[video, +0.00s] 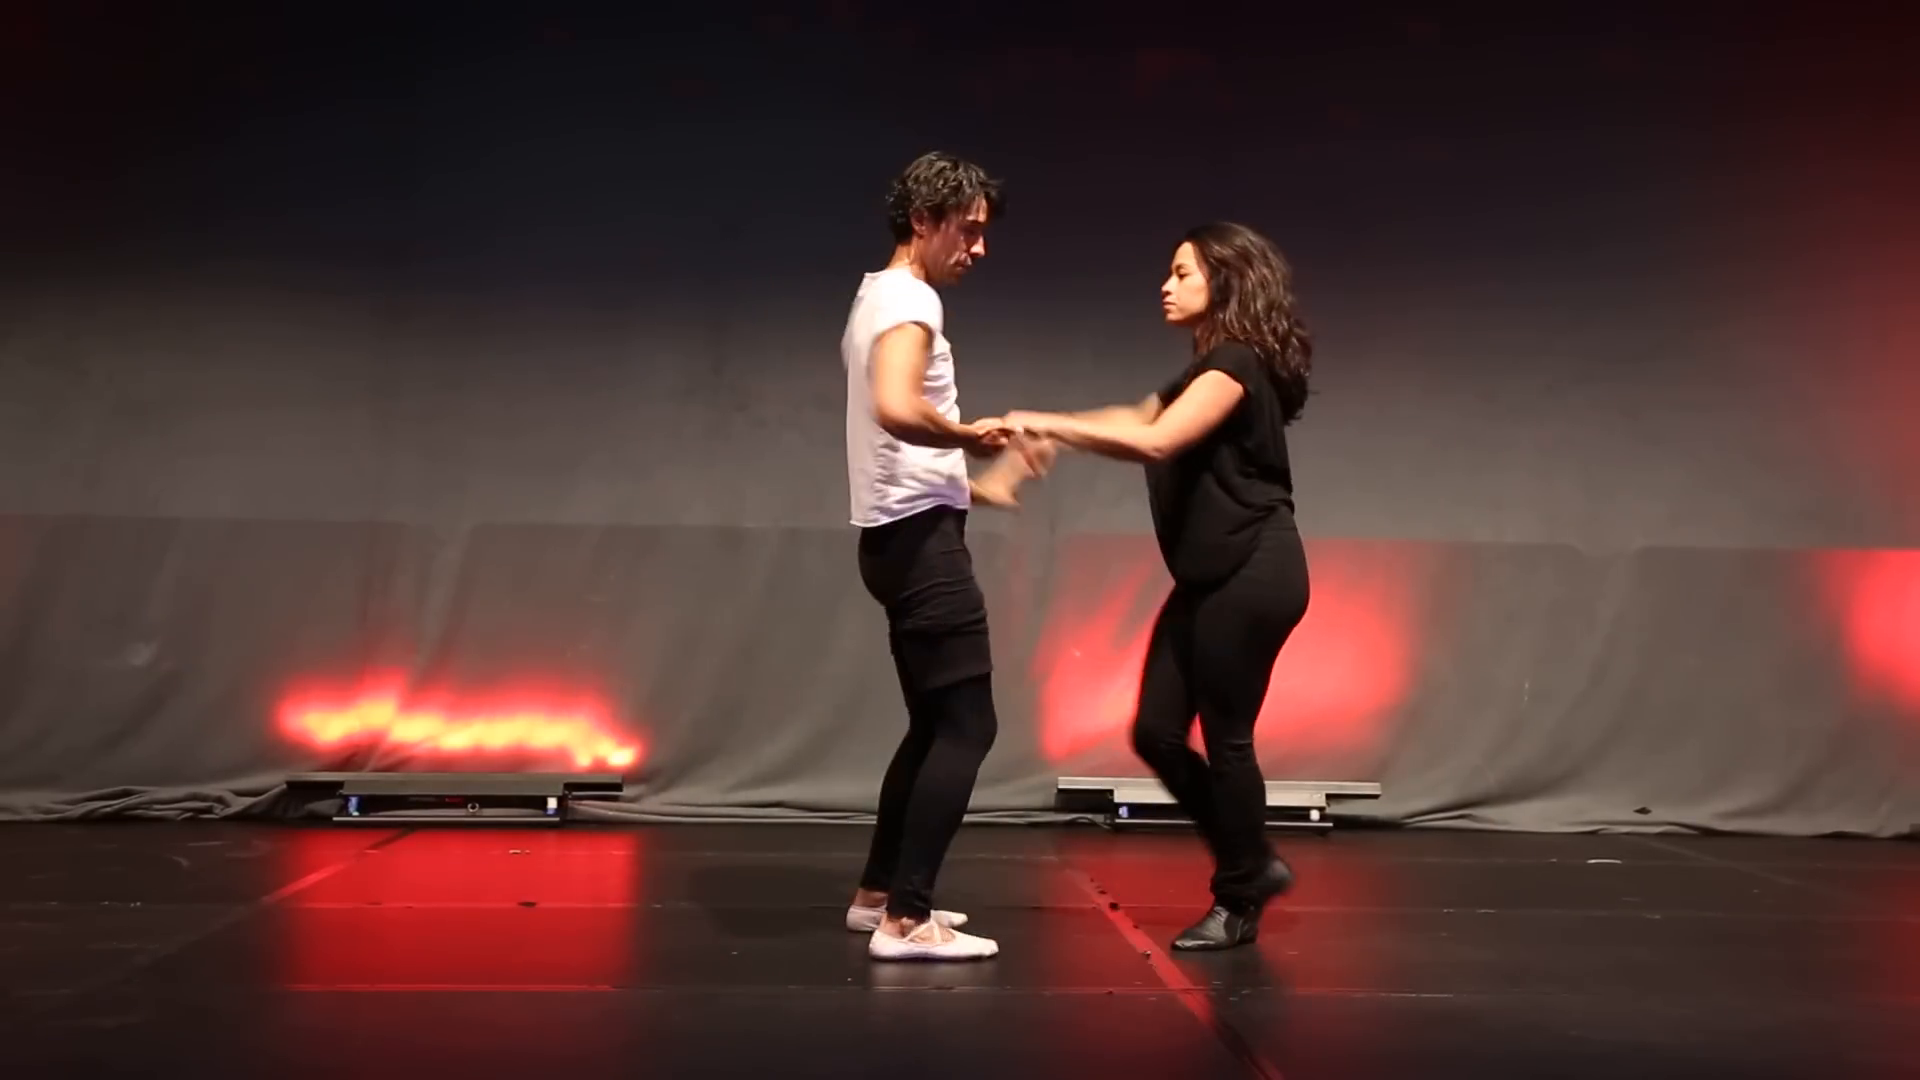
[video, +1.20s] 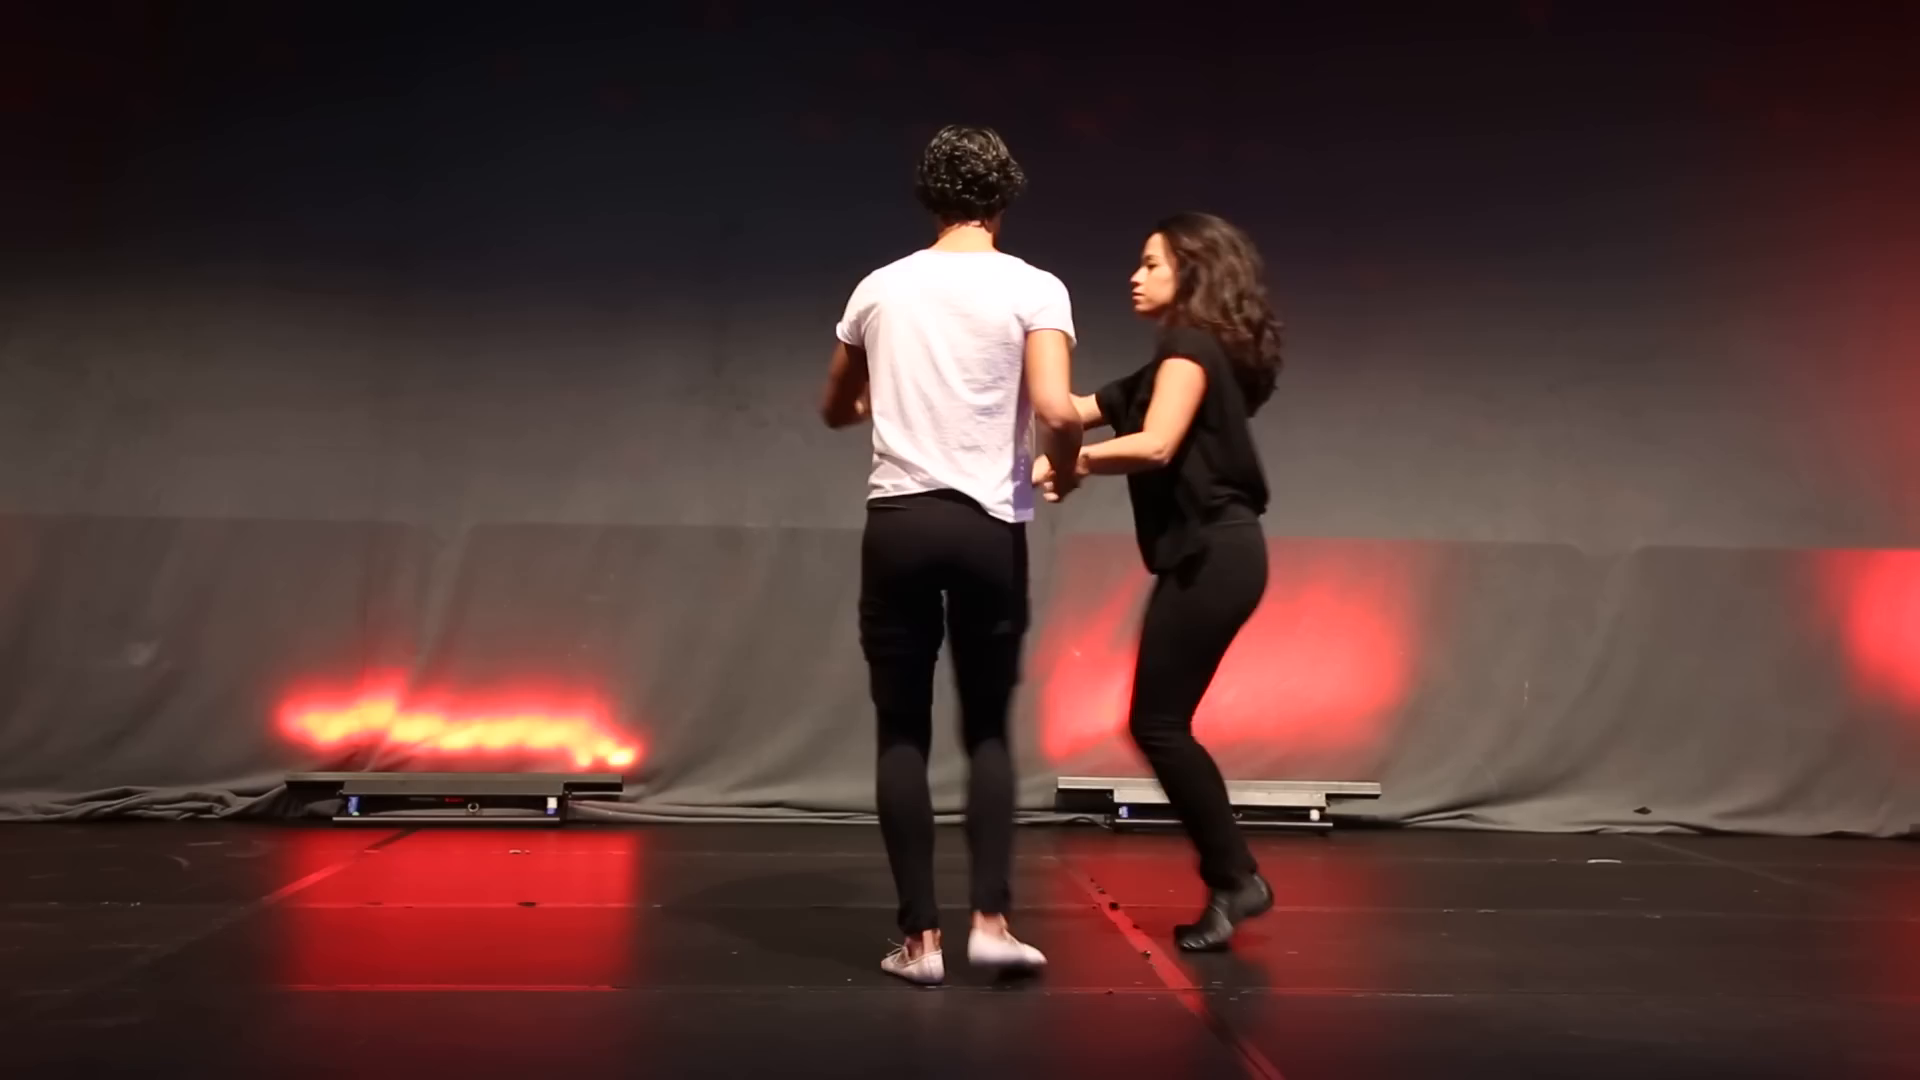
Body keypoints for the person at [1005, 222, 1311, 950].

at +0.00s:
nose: (1168, 286)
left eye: (1183, 274)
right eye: (1171, 273)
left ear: (1228, 283)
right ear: (1206, 288)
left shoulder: (1237, 363)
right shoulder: (1200, 369)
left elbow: (1159, 441)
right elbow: (1129, 423)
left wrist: (1051, 427)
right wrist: (1041, 429)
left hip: (1253, 576)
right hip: (1208, 578)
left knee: (1227, 739)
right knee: (1157, 734)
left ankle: (1238, 904)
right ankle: (1254, 863)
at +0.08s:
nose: (1173, 286)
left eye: (1188, 274)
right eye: (1176, 273)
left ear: (1233, 285)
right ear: (1221, 289)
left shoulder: (1240, 365)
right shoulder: (1217, 369)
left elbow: (1175, 447)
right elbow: (1169, 463)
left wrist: (1063, 436)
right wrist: (1095, 488)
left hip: (1252, 575)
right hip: (1220, 576)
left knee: (1203, 735)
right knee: (1186, 734)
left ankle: (1237, 905)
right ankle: (1275, 876)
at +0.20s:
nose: (1178, 290)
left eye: (1194, 277)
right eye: (1183, 276)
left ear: (1238, 288)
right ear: (1227, 290)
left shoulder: (1245, 359)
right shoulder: (1230, 368)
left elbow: (1204, 400)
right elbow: (1206, 484)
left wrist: (1100, 351)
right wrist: (1144, 541)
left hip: (1258, 568)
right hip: (1250, 568)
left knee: (1188, 729)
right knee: (1231, 740)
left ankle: (1237, 901)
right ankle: (1291, 900)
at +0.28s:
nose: (1183, 292)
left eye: (1198, 278)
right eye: (1184, 279)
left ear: (1244, 288)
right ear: (1229, 289)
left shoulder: (1257, 361)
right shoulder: (1230, 372)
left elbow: (1183, 332)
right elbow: (1231, 492)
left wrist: (1107, 261)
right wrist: (1164, 554)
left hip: (1264, 572)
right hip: (1251, 574)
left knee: (1183, 727)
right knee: (1253, 742)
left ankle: (1242, 896)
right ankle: (1294, 901)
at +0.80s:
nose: (1184, 293)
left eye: (1200, 280)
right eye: (1187, 280)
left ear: (1246, 288)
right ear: (1218, 291)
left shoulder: (1273, 362)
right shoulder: (1207, 374)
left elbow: (1187, 422)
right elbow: (1203, 492)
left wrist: (1086, 382)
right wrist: (1144, 542)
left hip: (1269, 580)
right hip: (1214, 581)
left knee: (1229, 742)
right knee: (1145, 728)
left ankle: (1260, 916)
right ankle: (1250, 872)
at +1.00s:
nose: (1165, 289)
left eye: (1181, 276)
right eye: (1169, 276)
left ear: (1226, 287)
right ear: (1205, 289)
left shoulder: (1243, 362)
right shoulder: (1189, 375)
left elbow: (1182, 445)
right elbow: (1150, 465)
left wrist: (1075, 434)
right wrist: (1072, 458)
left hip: (1258, 579)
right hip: (1208, 582)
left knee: (1237, 743)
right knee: (1116, 708)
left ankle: (1261, 917)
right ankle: (1199, 855)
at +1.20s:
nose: (1136, 276)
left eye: (1150, 264)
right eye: (1140, 264)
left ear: (1192, 274)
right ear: (1181, 276)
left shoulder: (1193, 346)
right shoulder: (1177, 351)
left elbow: (1157, 443)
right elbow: (1088, 410)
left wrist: (1075, 463)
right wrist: (1049, 449)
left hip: (1215, 558)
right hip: (1204, 558)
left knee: (1160, 724)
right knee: (1159, 724)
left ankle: (1236, 881)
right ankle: (1231, 880)